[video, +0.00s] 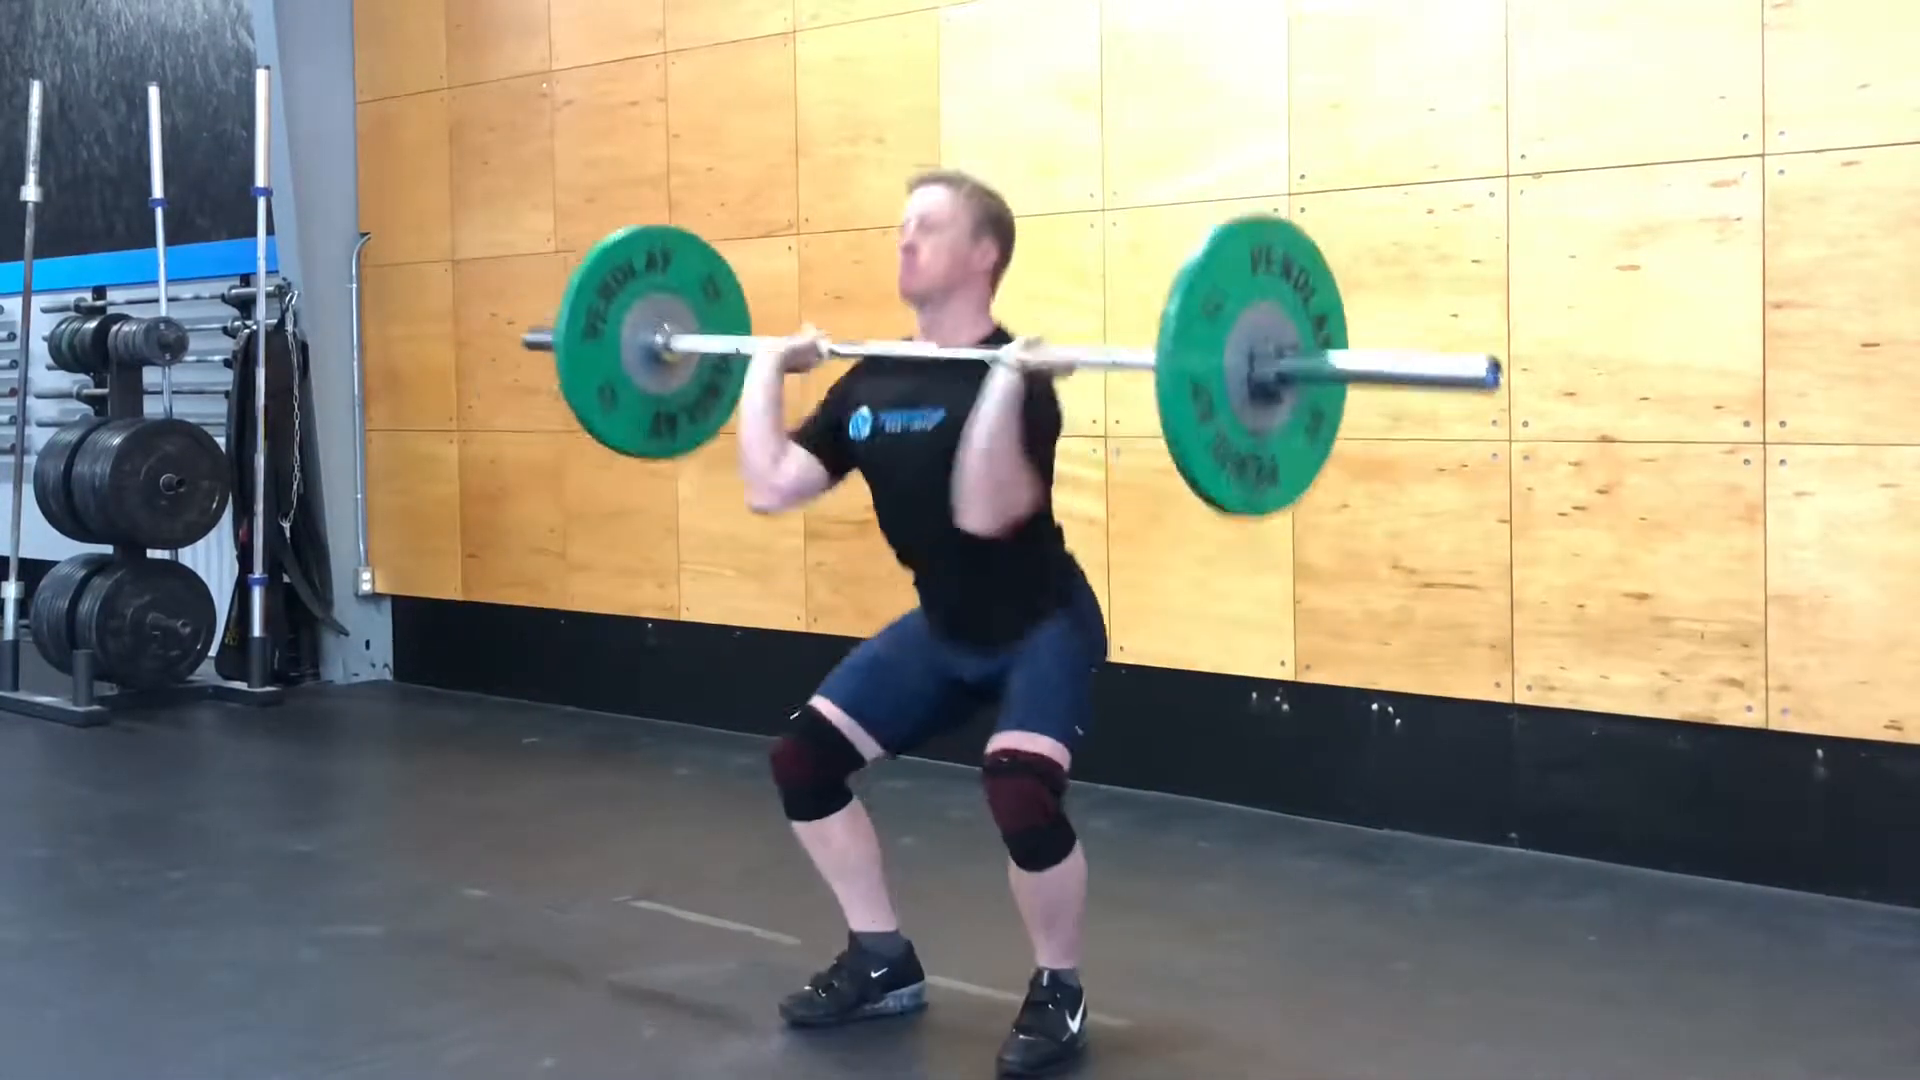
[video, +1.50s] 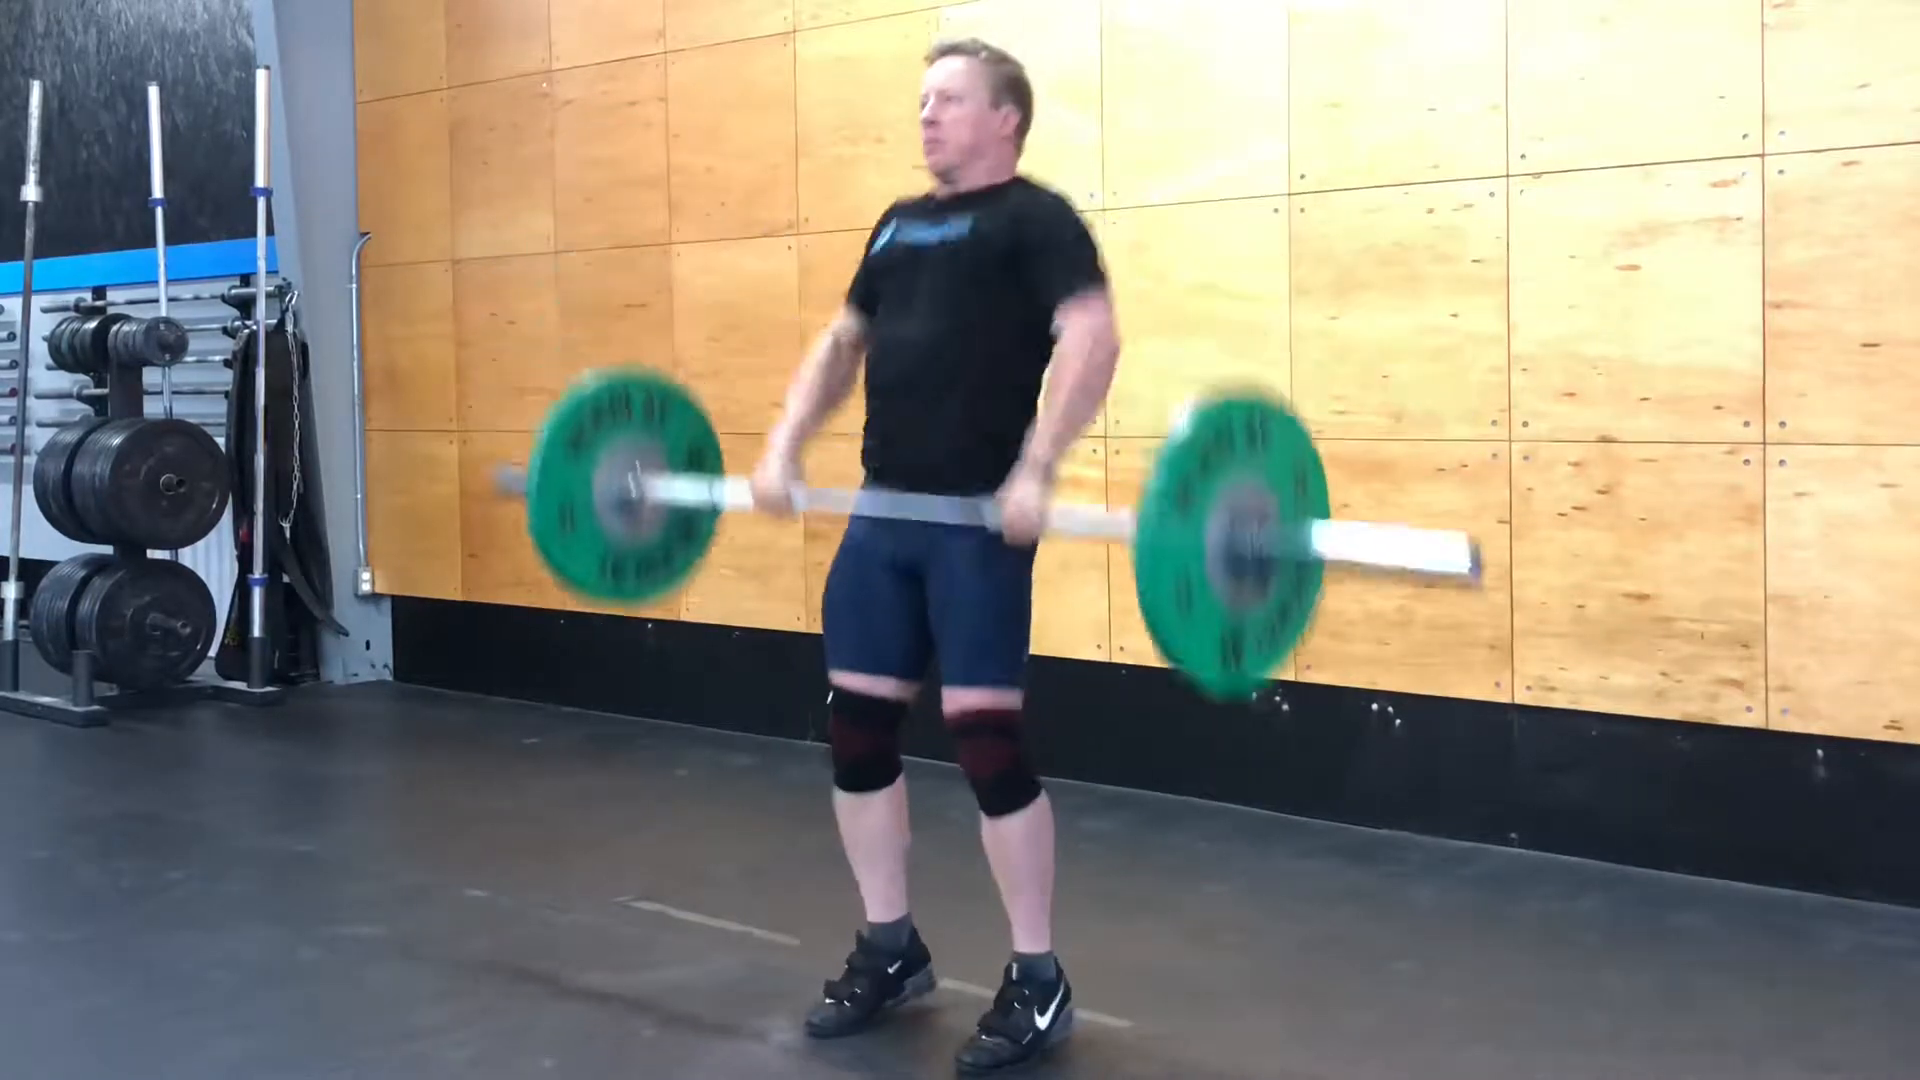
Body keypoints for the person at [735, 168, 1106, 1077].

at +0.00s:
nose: (903, 244)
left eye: (926, 231)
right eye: (903, 230)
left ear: (984, 255)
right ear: (909, 255)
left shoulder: (1020, 382)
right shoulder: (874, 379)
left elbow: (985, 515)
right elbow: (768, 487)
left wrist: (1008, 379)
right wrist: (766, 362)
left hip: (1046, 621)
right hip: (945, 625)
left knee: (1021, 786)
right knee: (804, 761)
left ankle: (1056, 993)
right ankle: (882, 960)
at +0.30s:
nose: (909, 434)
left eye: (930, 419)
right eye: (906, 419)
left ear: (987, 440)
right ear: (902, 433)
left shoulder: (1021, 556)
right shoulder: (874, 546)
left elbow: (947, 627)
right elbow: (735, 582)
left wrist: (990, 510)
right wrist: (785, 490)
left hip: (1060, 769)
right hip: (952, 770)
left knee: (1045, 801)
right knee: (795, 767)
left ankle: (1058, 993)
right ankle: (881, 959)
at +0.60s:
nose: (904, 397)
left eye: (924, 383)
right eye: (902, 382)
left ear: (983, 402)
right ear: (899, 394)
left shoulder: (1012, 518)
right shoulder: (866, 509)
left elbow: (938, 585)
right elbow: (728, 546)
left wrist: (983, 467)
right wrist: (777, 456)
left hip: (1049, 733)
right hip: (942, 734)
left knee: (1027, 805)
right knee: (780, 771)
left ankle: (1058, 994)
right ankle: (879, 958)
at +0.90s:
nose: (908, 168)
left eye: (930, 153)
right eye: (907, 152)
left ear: (990, 175)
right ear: (906, 171)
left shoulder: (1016, 296)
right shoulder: (869, 296)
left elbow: (970, 416)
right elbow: (762, 395)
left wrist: (985, 287)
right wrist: (768, 283)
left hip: (1007, 564)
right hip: (908, 565)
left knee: (1005, 772)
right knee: (817, 749)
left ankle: (1054, 989)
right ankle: (883, 959)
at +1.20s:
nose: (918, 128)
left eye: (940, 114)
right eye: (916, 114)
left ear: (997, 137)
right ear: (923, 136)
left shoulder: (1032, 252)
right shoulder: (887, 256)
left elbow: (1059, 396)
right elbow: (818, 380)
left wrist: (1037, 270)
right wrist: (779, 267)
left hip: (987, 537)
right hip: (888, 536)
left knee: (992, 766)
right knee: (853, 753)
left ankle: (1044, 990)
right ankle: (892, 964)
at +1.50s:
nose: (927, 117)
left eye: (948, 102)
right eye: (926, 103)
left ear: (1006, 121)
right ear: (932, 121)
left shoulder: (1041, 220)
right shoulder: (899, 224)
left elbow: (1092, 341)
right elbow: (843, 345)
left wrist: (1037, 468)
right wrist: (785, 441)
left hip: (979, 530)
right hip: (879, 522)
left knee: (988, 747)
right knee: (858, 736)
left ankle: (1035, 981)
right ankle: (887, 950)